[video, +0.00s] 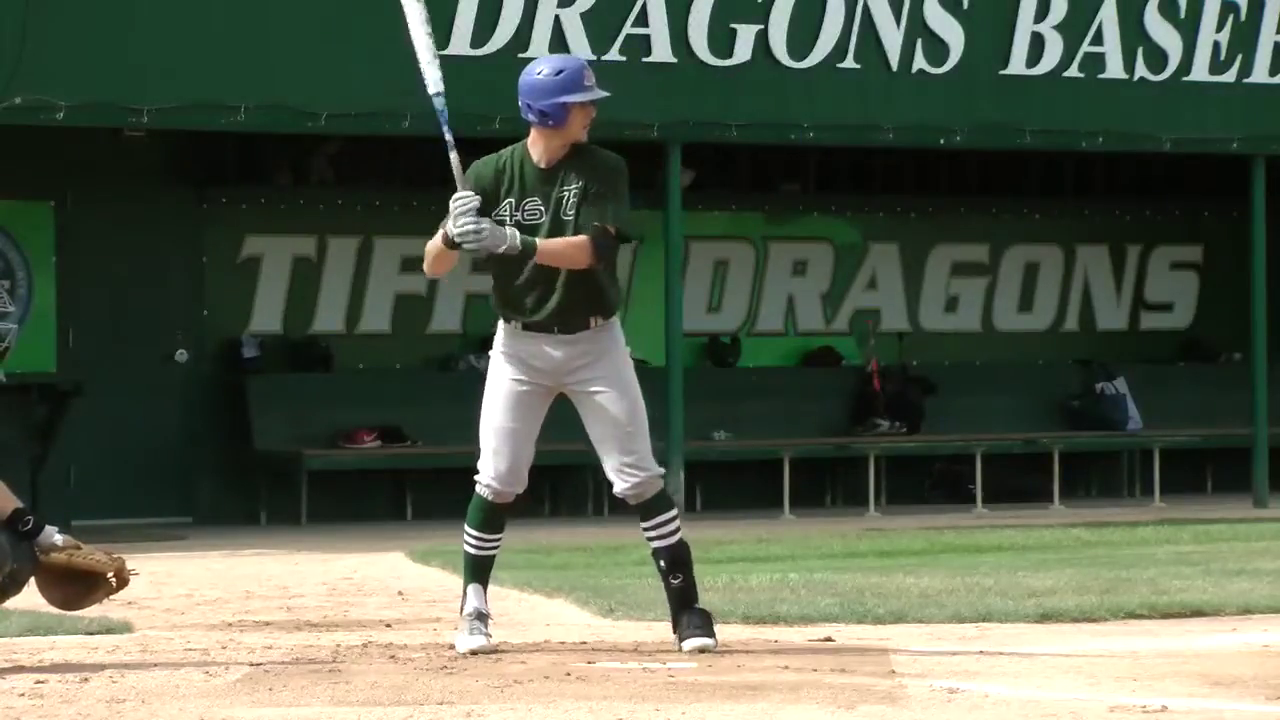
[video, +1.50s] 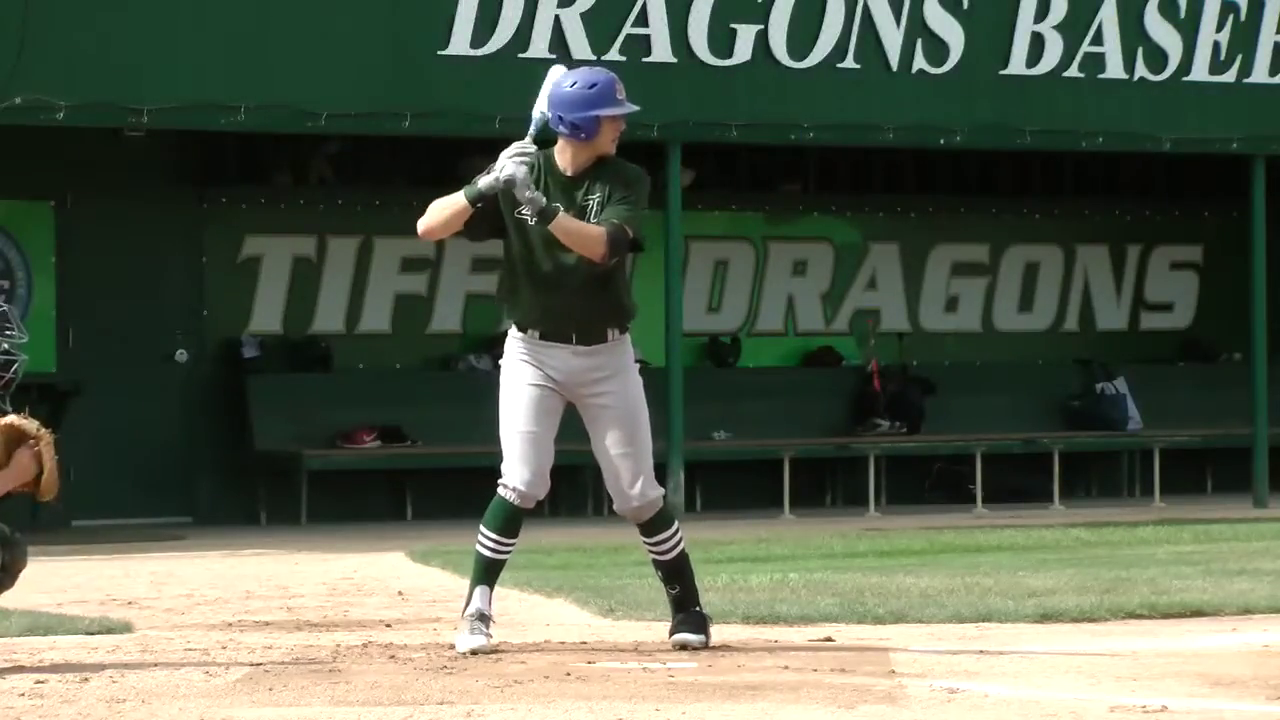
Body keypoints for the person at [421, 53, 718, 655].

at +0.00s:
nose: (592, 113)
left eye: (590, 104)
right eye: (582, 106)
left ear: (567, 112)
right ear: (547, 112)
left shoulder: (603, 170)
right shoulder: (489, 176)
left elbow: (593, 251)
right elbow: (434, 267)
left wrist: (513, 243)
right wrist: (451, 233)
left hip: (597, 346)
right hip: (519, 349)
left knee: (638, 477)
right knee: (498, 479)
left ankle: (688, 613)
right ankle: (473, 610)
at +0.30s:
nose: (578, 111)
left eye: (577, 101)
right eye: (568, 102)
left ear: (563, 109)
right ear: (533, 108)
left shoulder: (590, 169)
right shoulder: (480, 168)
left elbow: (571, 250)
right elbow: (406, 240)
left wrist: (491, 223)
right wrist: (434, 203)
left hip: (587, 345)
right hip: (510, 347)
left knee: (623, 477)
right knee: (492, 478)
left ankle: (681, 591)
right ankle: (472, 609)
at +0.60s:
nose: (610, 116)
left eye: (610, 106)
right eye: (599, 107)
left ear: (602, 111)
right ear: (564, 113)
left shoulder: (623, 171)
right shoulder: (514, 176)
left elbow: (612, 250)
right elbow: (445, 255)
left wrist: (533, 230)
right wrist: (474, 215)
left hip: (617, 350)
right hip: (539, 350)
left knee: (647, 485)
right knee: (517, 478)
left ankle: (686, 608)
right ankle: (475, 608)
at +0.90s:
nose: (611, 121)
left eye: (611, 111)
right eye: (601, 113)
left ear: (595, 114)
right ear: (567, 117)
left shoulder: (618, 175)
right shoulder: (508, 172)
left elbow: (608, 248)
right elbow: (431, 241)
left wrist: (531, 215)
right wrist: (472, 199)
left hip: (601, 351)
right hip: (523, 350)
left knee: (632, 486)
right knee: (505, 478)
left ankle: (683, 606)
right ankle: (473, 611)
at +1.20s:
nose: (611, 126)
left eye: (610, 117)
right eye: (602, 118)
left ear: (590, 120)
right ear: (569, 123)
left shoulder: (617, 179)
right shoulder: (511, 173)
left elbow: (596, 249)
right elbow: (423, 234)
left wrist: (520, 208)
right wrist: (475, 188)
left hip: (605, 357)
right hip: (528, 355)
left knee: (636, 491)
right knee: (519, 484)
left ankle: (687, 608)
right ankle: (476, 610)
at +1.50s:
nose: (621, 127)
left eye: (619, 117)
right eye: (611, 119)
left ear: (592, 122)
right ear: (579, 123)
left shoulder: (625, 179)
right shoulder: (521, 172)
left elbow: (608, 246)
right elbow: (429, 227)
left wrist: (540, 209)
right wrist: (491, 184)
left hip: (607, 357)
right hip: (530, 354)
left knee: (638, 493)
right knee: (522, 483)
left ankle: (687, 610)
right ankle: (477, 610)